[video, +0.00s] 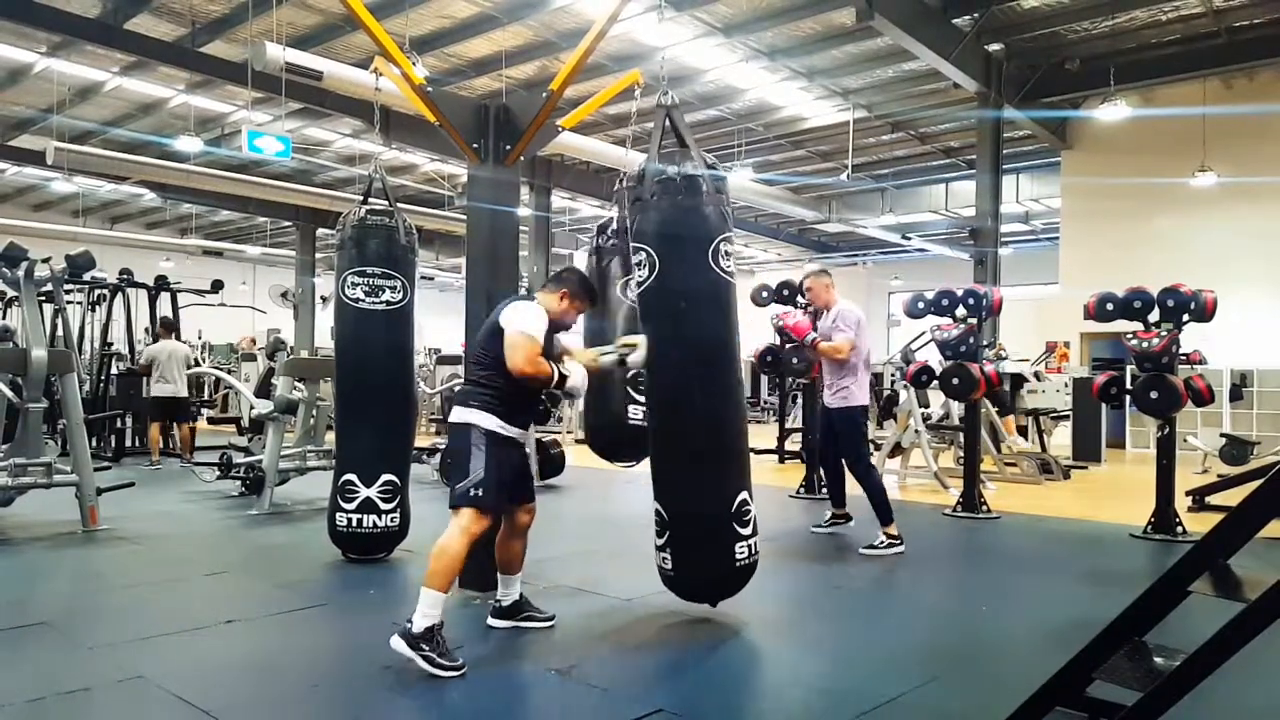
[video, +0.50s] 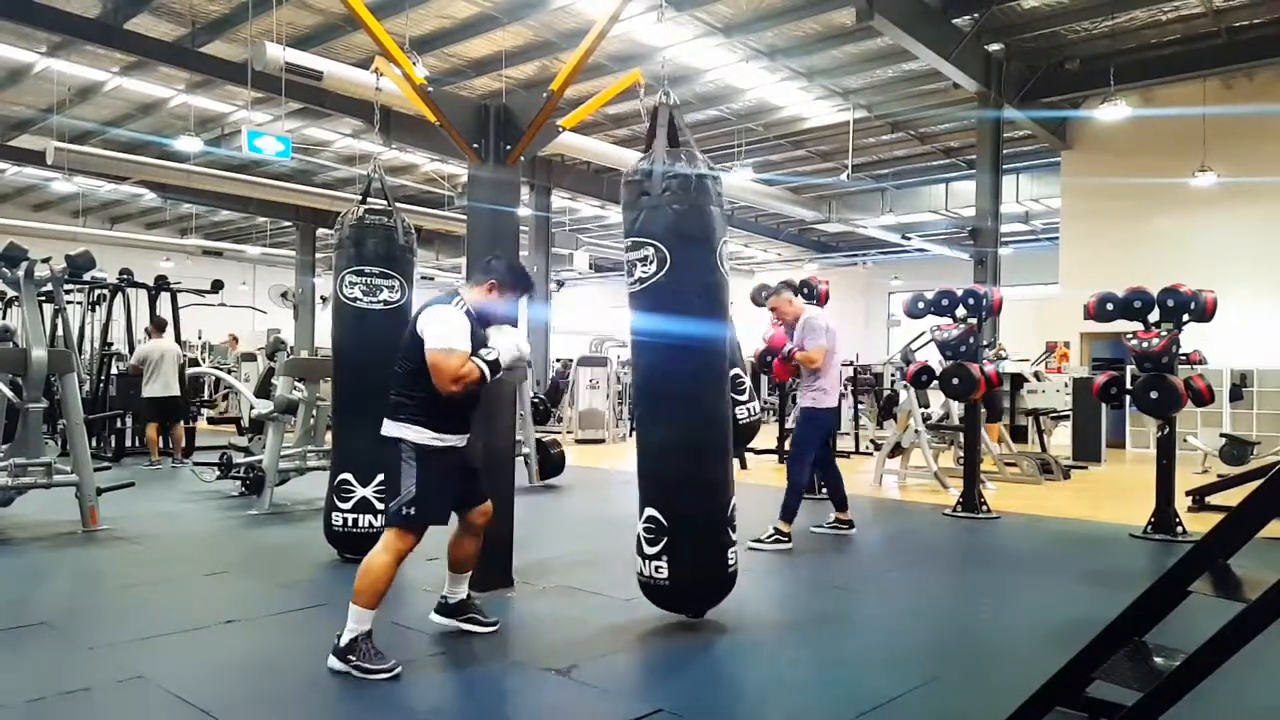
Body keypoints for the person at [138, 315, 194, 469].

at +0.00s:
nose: (158, 331)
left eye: (159, 329)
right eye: (159, 329)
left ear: (160, 330)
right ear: (173, 331)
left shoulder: (152, 349)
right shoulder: (184, 348)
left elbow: (142, 368)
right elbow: (190, 364)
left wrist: (157, 370)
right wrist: (176, 368)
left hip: (159, 393)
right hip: (180, 393)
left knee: (155, 424)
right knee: (183, 425)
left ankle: (155, 459)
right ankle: (186, 457)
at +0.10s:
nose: (154, 330)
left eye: (154, 328)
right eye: (155, 328)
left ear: (156, 329)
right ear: (170, 330)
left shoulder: (150, 349)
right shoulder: (180, 348)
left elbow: (137, 366)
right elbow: (185, 364)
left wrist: (151, 369)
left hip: (154, 392)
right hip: (176, 392)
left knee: (153, 424)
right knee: (182, 424)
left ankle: (155, 459)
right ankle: (185, 457)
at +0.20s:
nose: (150, 328)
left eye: (151, 326)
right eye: (151, 326)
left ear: (154, 329)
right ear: (166, 330)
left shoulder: (147, 349)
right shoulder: (177, 348)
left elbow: (135, 368)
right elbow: (183, 363)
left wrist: (151, 371)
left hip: (153, 393)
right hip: (175, 393)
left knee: (153, 424)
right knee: (179, 424)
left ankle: (154, 459)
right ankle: (182, 457)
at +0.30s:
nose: (149, 329)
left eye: (150, 327)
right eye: (150, 326)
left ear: (152, 329)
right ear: (165, 330)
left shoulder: (146, 348)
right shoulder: (175, 347)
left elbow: (134, 367)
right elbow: (181, 363)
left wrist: (150, 370)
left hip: (152, 393)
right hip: (173, 392)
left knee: (152, 424)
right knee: (178, 423)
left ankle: (154, 459)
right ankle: (180, 457)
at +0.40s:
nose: (149, 329)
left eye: (150, 327)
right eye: (151, 327)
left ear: (151, 329)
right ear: (164, 330)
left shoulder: (145, 348)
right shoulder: (175, 347)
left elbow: (133, 368)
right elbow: (179, 363)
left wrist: (149, 370)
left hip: (151, 393)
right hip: (173, 392)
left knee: (152, 424)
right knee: (177, 424)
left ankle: (154, 459)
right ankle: (180, 457)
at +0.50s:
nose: (149, 329)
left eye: (150, 327)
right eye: (151, 327)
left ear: (151, 329)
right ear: (165, 330)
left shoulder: (144, 348)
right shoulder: (175, 347)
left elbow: (132, 369)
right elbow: (180, 364)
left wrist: (148, 370)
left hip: (151, 393)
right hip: (173, 392)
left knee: (152, 424)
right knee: (176, 424)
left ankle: (154, 459)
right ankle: (177, 457)